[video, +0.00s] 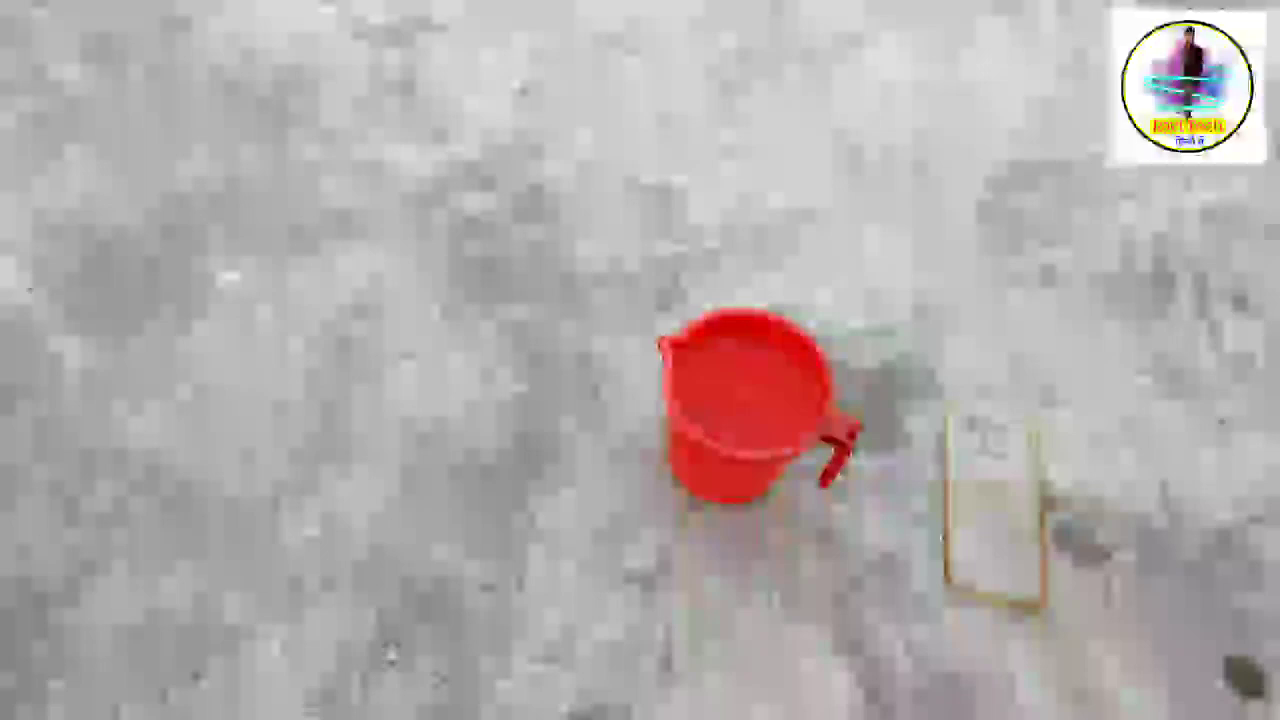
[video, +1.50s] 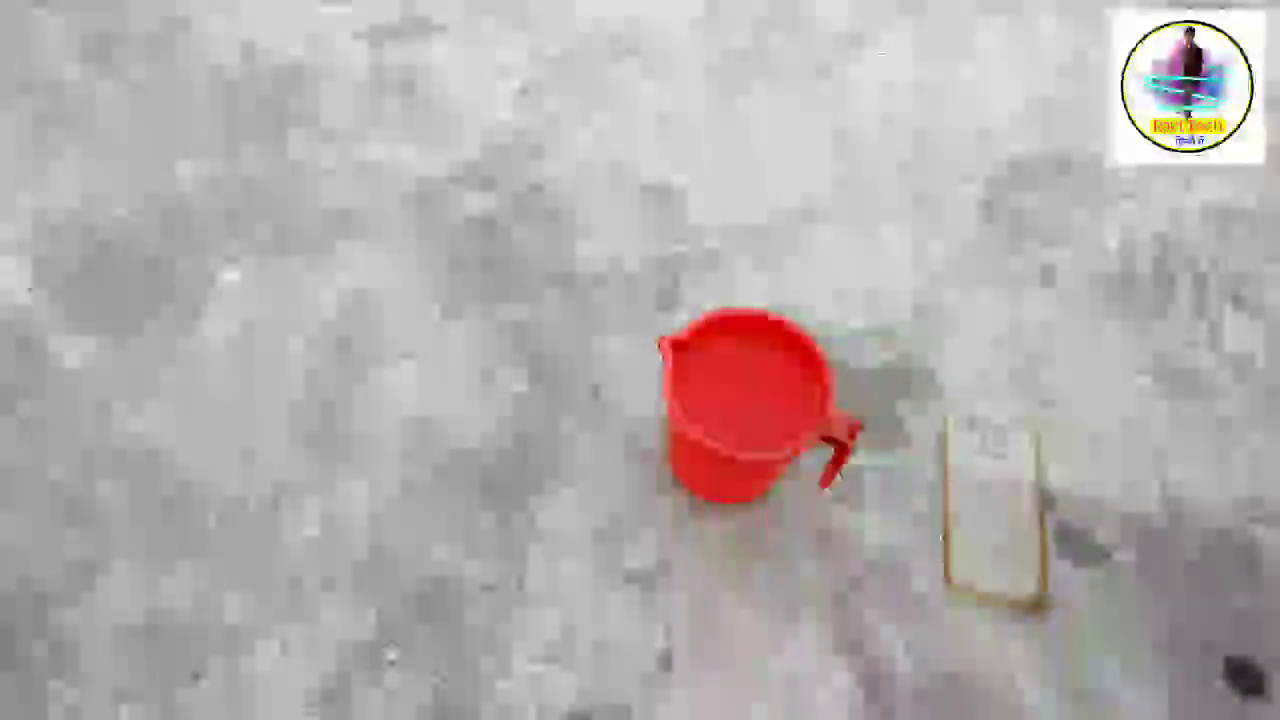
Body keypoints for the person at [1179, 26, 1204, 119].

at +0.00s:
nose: (1188, 38)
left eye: (1190, 35)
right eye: (1186, 35)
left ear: (1193, 36)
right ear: (1184, 36)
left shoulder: (1198, 50)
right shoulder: (1182, 49)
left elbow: (1199, 64)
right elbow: (1178, 62)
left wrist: (1198, 74)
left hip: (1194, 74)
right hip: (1184, 74)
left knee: (1191, 92)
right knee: (1185, 92)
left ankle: (1189, 111)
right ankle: (1186, 111)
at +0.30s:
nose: (1188, 38)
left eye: (1190, 35)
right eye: (1186, 35)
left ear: (1193, 36)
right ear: (1184, 36)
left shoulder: (1198, 50)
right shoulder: (1182, 49)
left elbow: (1199, 64)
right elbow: (1178, 62)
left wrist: (1198, 74)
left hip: (1194, 74)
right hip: (1184, 74)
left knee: (1191, 92)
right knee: (1185, 92)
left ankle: (1189, 111)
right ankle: (1186, 111)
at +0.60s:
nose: (1189, 38)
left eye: (1191, 35)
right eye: (1187, 35)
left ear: (1194, 36)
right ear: (1184, 36)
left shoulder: (1198, 50)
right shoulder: (1182, 50)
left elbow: (1200, 64)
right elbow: (1176, 62)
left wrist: (1198, 74)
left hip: (1194, 75)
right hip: (1184, 74)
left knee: (1191, 93)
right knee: (1185, 93)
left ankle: (1189, 111)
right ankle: (1186, 111)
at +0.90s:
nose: (1189, 38)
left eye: (1191, 35)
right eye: (1187, 35)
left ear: (1194, 36)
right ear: (1184, 36)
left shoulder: (1198, 50)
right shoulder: (1182, 50)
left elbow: (1200, 64)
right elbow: (1177, 62)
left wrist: (1198, 74)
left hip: (1194, 75)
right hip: (1184, 74)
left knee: (1191, 93)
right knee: (1185, 93)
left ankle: (1189, 111)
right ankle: (1186, 111)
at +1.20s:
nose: (1189, 38)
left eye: (1191, 35)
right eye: (1187, 35)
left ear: (1194, 36)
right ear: (1184, 36)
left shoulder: (1198, 50)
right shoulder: (1182, 50)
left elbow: (1200, 64)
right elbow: (1177, 62)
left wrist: (1198, 74)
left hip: (1194, 75)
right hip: (1184, 74)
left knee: (1191, 93)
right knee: (1185, 93)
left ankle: (1189, 111)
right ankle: (1186, 111)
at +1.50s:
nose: (1188, 38)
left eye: (1190, 36)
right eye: (1187, 35)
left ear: (1193, 36)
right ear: (1184, 36)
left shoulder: (1197, 50)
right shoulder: (1182, 49)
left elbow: (1199, 64)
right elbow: (1176, 61)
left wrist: (1197, 74)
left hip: (1193, 74)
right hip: (1183, 74)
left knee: (1190, 93)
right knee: (1185, 93)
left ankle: (1188, 112)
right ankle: (1186, 112)